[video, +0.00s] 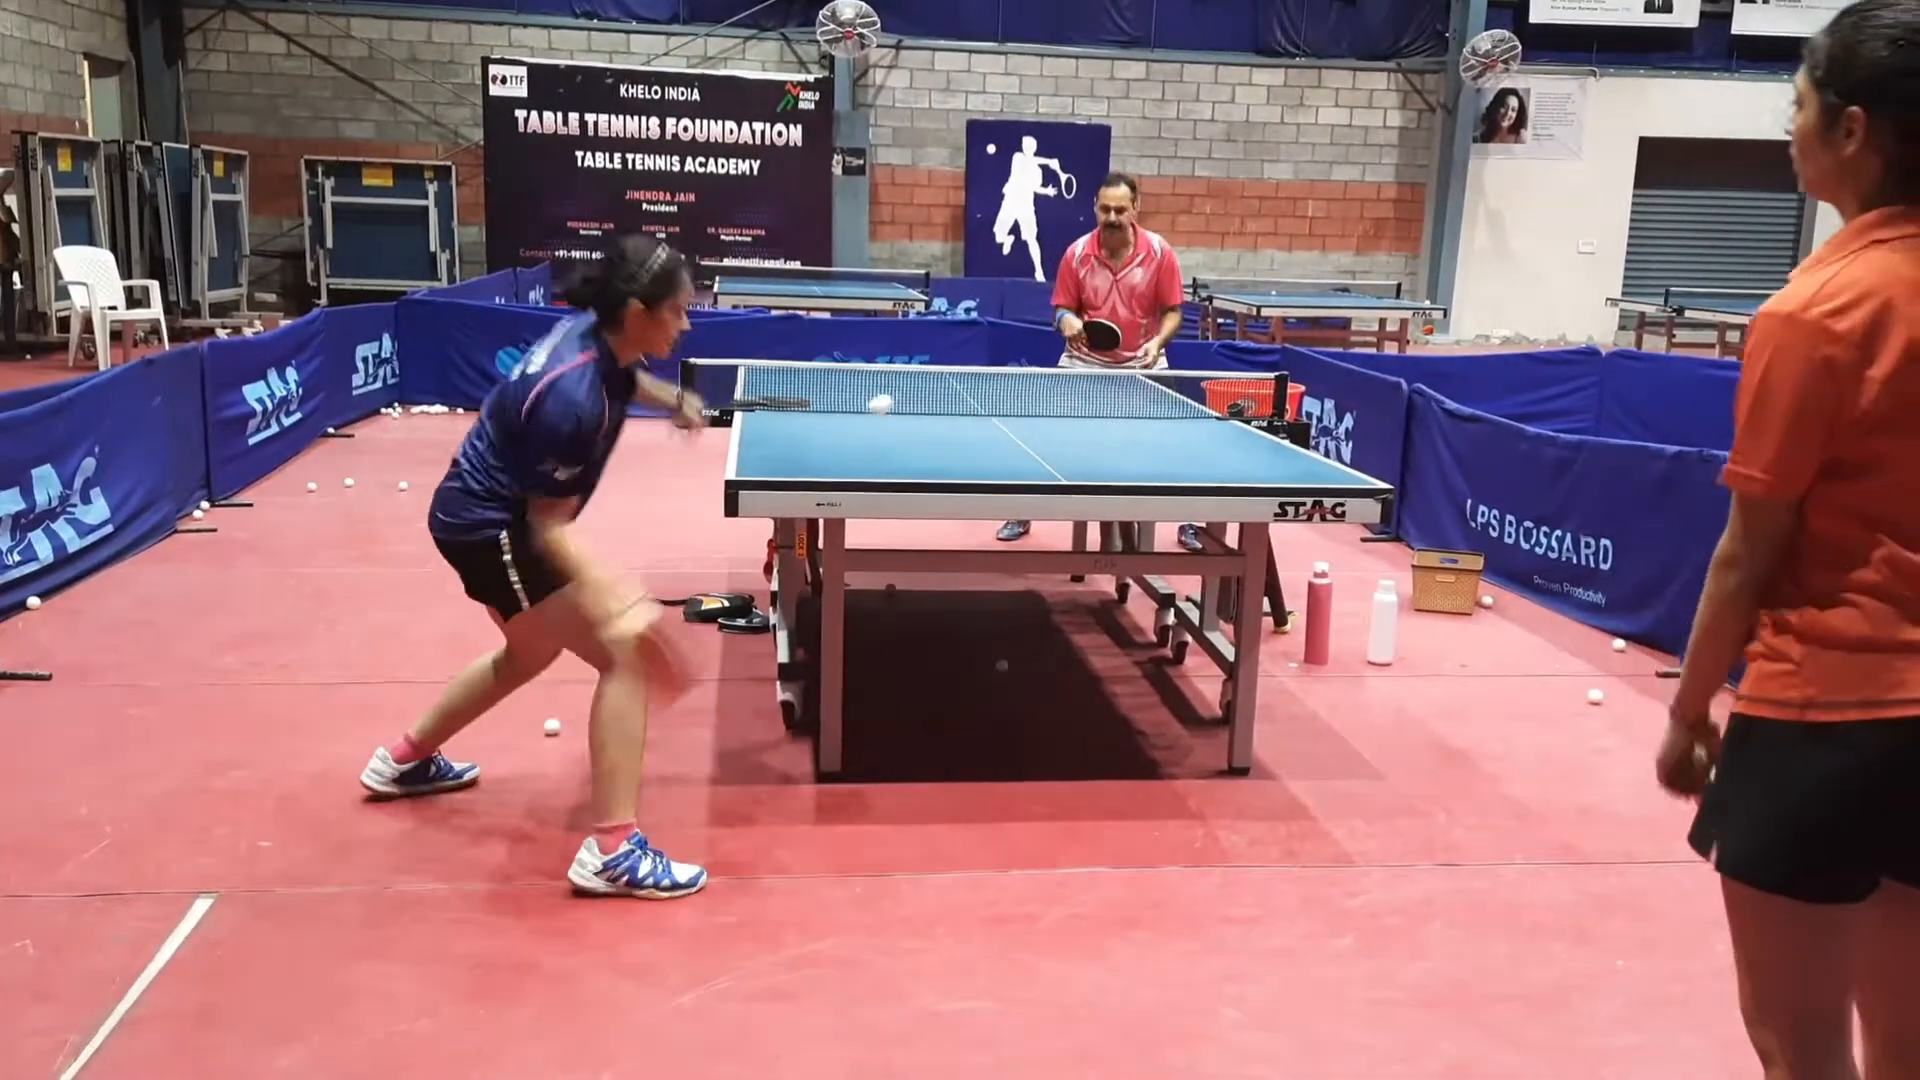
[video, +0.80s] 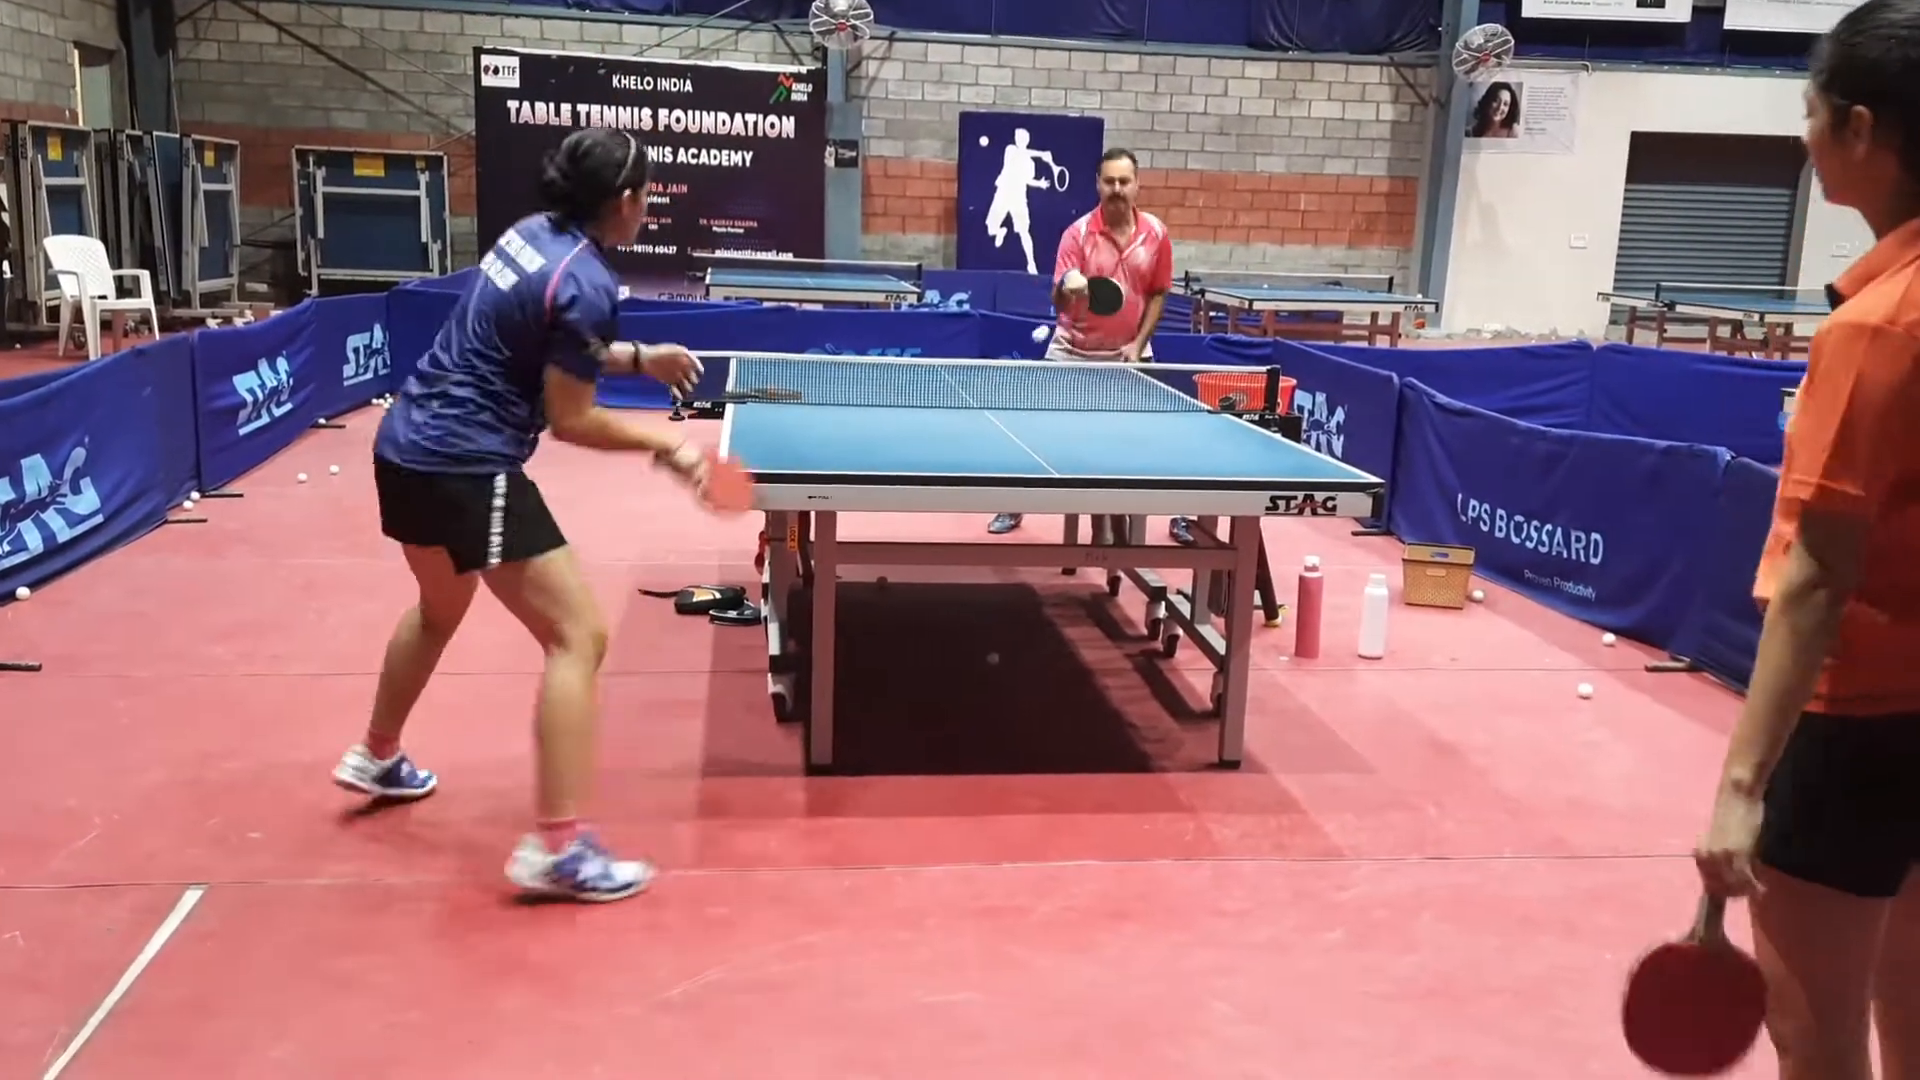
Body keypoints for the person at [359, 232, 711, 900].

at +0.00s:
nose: (685, 326)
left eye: (686, 311)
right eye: (679, 313)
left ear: (630, 310)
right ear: (635, 314)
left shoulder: (592, 328)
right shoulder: (574, 399)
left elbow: (616, 375)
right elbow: (550, 526)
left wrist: (675, 399)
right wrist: (615, 605)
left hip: (481, 512)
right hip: (490, 526)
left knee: (529, 651)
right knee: (627, 654)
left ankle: (404, 757)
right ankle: (614, 846)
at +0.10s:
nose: (656, 273)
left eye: (659, 258)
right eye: (650, 259)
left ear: (600, 249)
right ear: (606, 252)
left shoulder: (542, 279)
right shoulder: (576, 337)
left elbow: (596, 337)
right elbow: (661, 448)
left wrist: (681, 315)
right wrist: (750, 417)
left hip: (457, 494)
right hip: (499, 507)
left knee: (507, 632)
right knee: (628, 649)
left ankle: (403, 759)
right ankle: (613, 842)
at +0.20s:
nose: (647, 219)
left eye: (652, 208)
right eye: (641, 208)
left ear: (580, 202)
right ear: (598, 201)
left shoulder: (518, 235)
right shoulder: (601, 269)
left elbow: (577, 281)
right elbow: (729, 287)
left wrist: (639, 248)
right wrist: (729, 190)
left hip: (446, 470)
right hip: (514, 481)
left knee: (471, 613)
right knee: (617, 636)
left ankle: (406, 753)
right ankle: (618, 833)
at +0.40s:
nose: (606, 207)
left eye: (605, 194)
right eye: (603, 196)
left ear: (526, 192)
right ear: (582, 202)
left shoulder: (472, 250)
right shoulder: (596, 269)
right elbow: (685, 307)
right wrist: (658, 211)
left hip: (445, 483)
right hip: (541, 489)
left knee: (445, 624)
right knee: (638, 650)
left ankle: (395, 781)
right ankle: (662, 834)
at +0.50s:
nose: (589, 253)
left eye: (586, 241)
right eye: (586, 243)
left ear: (508, 243)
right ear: (571, 252)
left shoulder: (459, 301)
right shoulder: (587, 322)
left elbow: (462, 378)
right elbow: (678, 382)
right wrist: (674, 285)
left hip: (451, 528)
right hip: (550, 535)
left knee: (444, 628)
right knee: (654, 679)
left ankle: (392, 781)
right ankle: (664, 857)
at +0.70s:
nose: (623, 209)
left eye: (622, 197)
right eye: (619, 197)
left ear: (542, 195)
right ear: (596, 206)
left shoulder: (498, 244)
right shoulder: (594, 296)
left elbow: (533, 326)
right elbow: (628, 417)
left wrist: (615, 333)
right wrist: (701, 391)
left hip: (411, 472)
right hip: (500, 483)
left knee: (436, 615)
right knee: (598, 645)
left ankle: (390, 776)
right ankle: (643, 840)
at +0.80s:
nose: (647, 204)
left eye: (646, 190)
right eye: (642, 192)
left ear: (577, 192)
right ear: (617, 202)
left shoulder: (533, 233)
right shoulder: (586, 285)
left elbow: (555, 344)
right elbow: (570, 418)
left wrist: (644, 358)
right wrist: (661, 443)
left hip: (404, 447)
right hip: (471, 467)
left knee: (439, 608)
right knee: (578, 638)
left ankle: (375, 757)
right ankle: (556, 842)